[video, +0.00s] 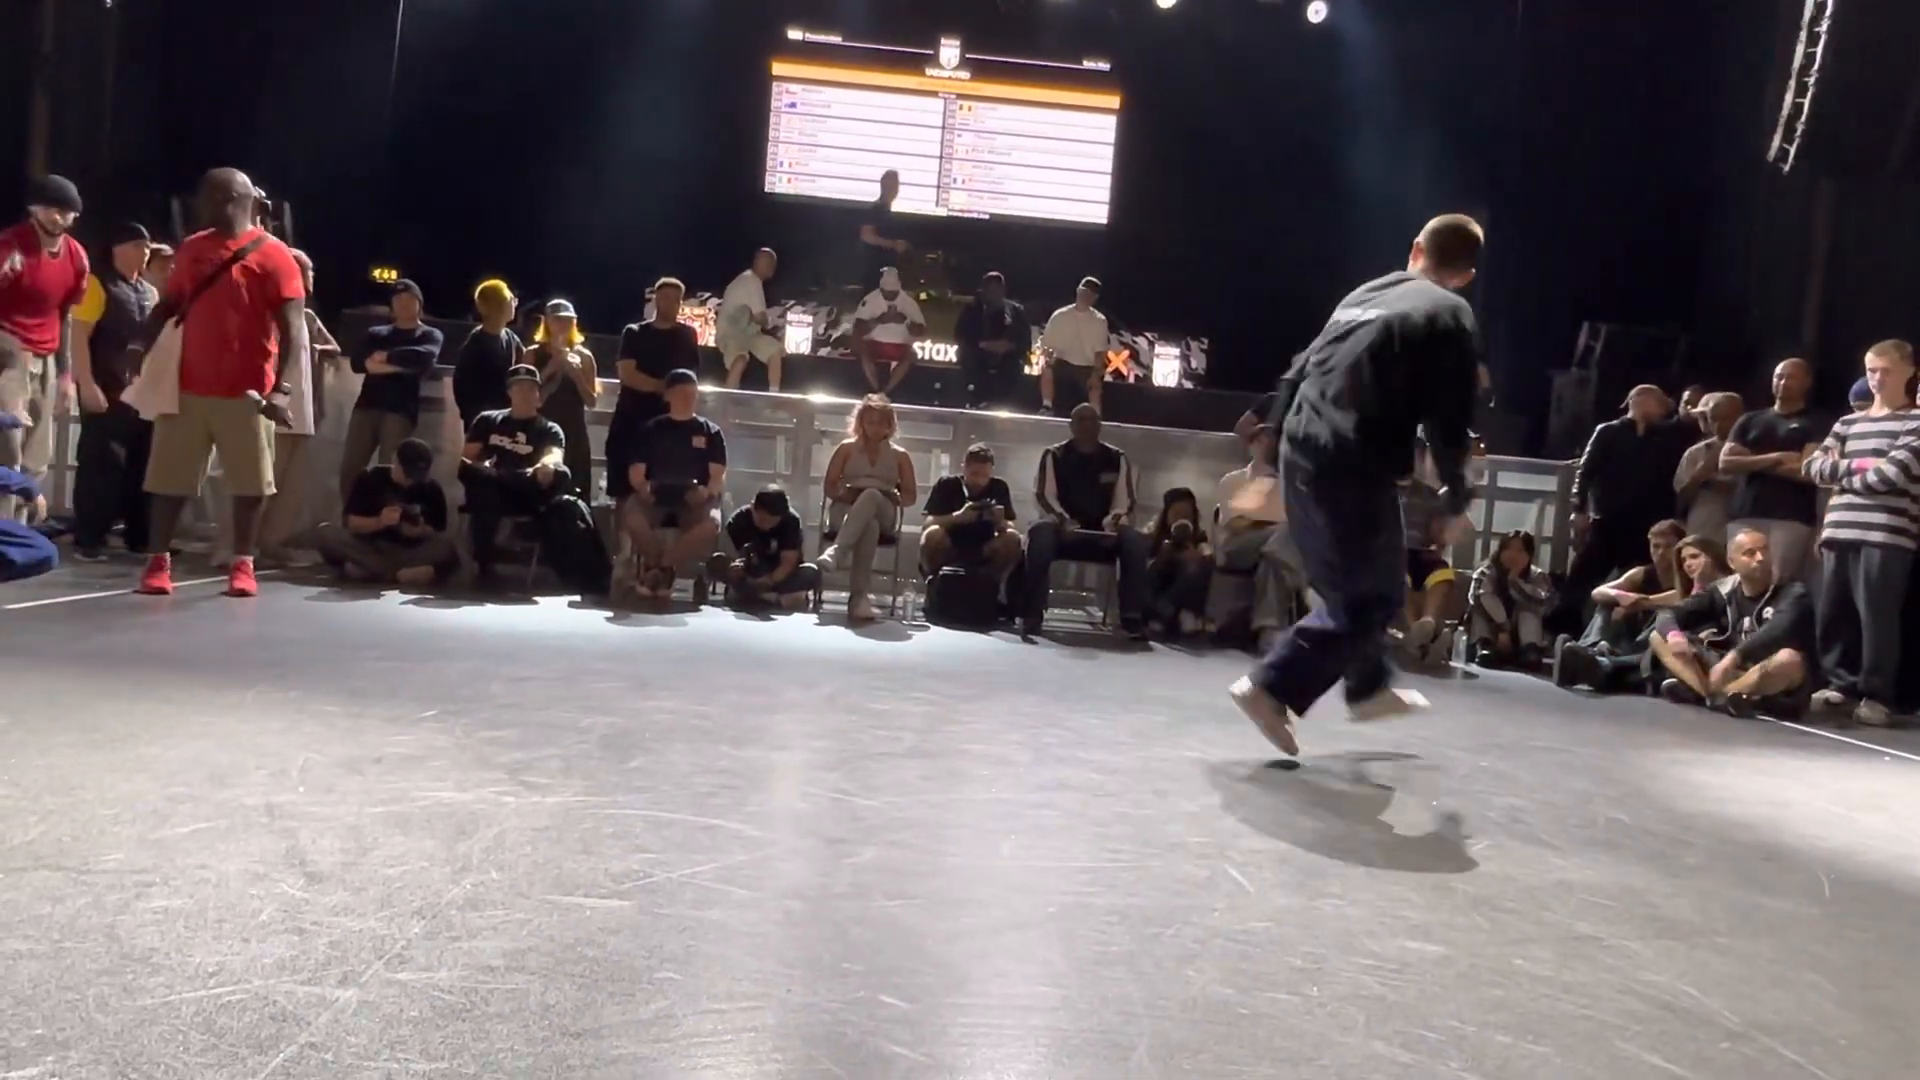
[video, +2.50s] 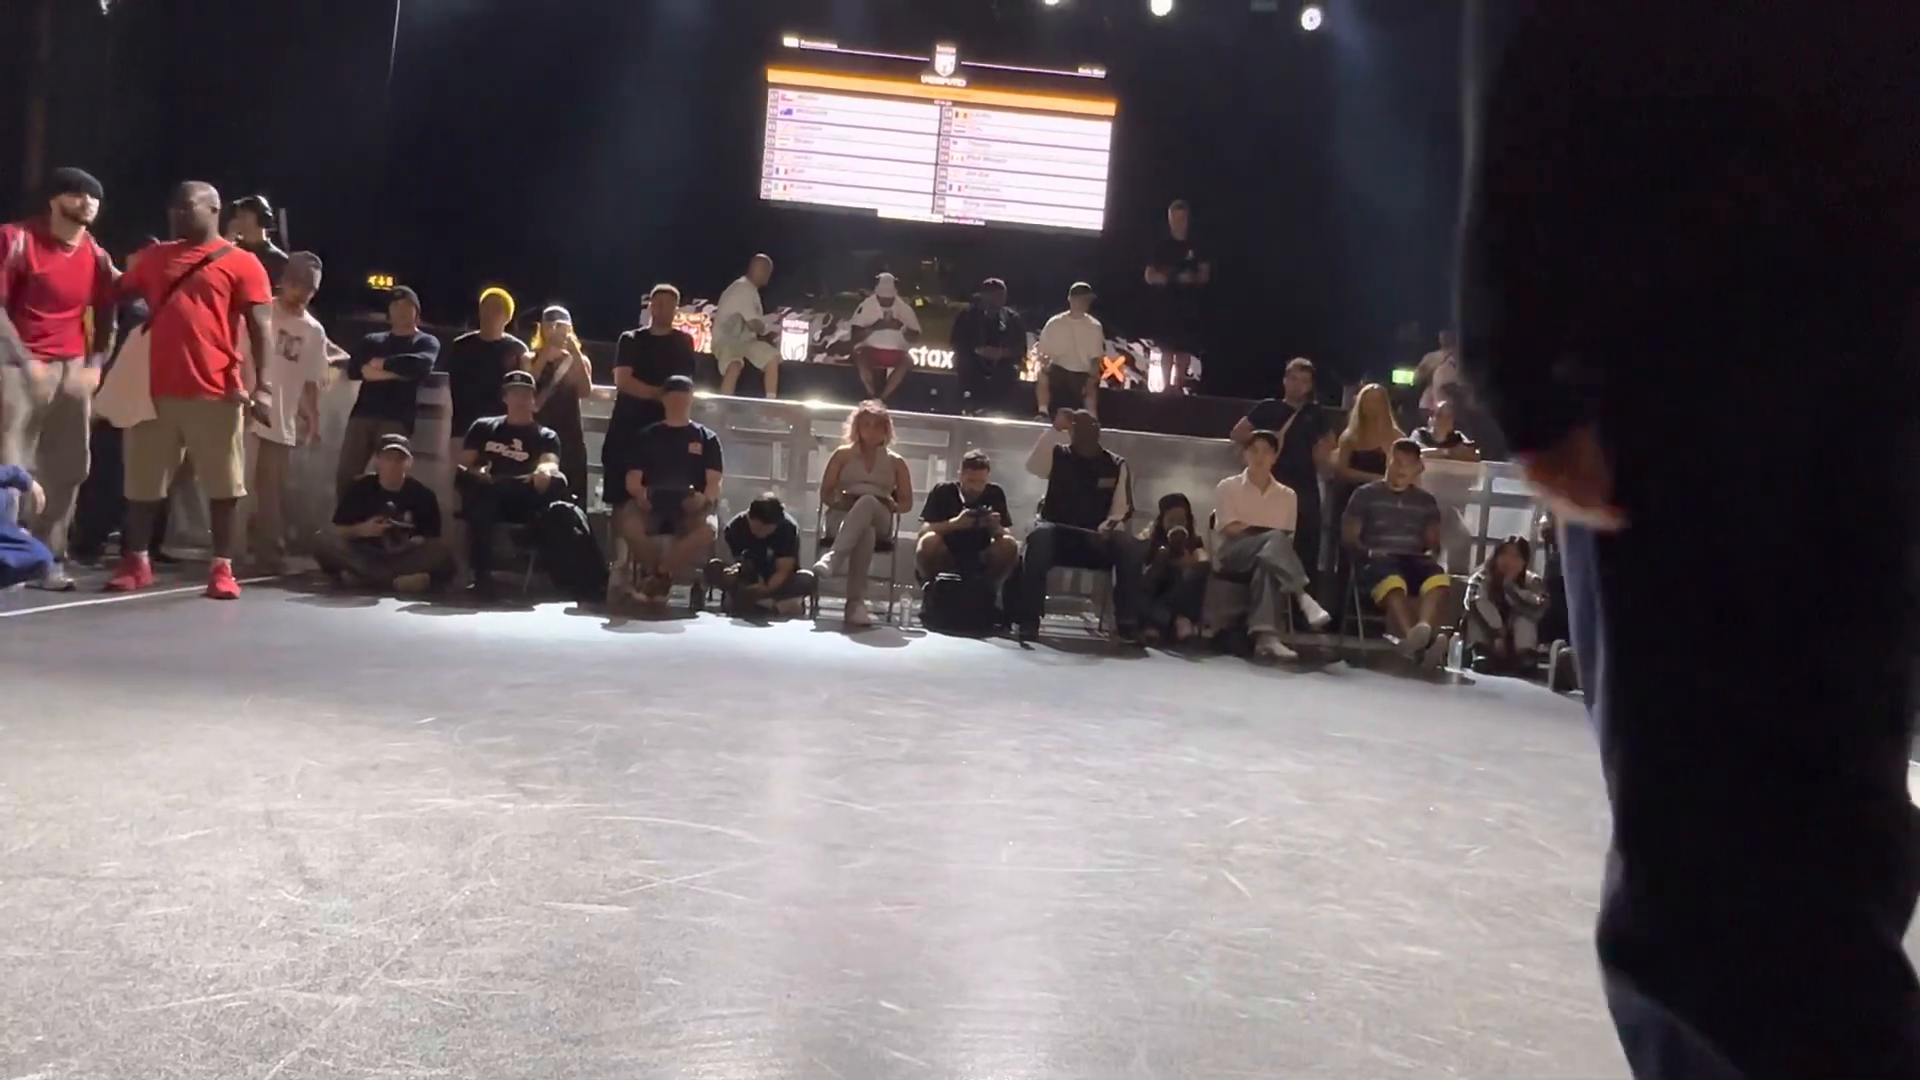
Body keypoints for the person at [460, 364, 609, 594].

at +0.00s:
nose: (527, 394)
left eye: (532, 389)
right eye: (522, 388)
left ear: (539, 395)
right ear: (509, 392)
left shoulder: (550, 429)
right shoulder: (487, 420)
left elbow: (553, 457)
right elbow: (467, 462)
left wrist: (546, 466)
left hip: (531, 488)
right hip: (494, 485)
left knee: (560, 475)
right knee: (481, 484)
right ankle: (484, 566)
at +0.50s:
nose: (525, 394)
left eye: (530, 389)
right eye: (519, 388)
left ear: (538, 395)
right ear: (508, 392)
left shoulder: (549, 430)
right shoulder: (487, 421)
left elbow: (553, 457)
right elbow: (465, 462)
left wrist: (545, 467)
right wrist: (482, 469)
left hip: (530, 488)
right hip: (493, 486)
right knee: (480, 484)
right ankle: (484, 565)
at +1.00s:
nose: (525, 394)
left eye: (529, 389)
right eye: (519, 389)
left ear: (537, 394)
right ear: (507, 392)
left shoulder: (547, 429)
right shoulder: (486, 421)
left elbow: (552, 454)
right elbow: (464, 460)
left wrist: (546, 464)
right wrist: (480, 468)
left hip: (530, 490)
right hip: (493, 487)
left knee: (568, 507)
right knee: (478, 483)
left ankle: (594, 582)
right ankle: (484, 567)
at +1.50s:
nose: (524, 394)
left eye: (529, 389)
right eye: (519, 388)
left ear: (537, 394)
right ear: (508, 391)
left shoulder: (548, 430)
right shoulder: (486, 421)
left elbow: (552, 456)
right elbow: (466, 460)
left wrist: (546, 465)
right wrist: (486, 471)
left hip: (529, 488)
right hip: (493, 486)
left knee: (557, 478)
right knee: (480, 487)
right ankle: (484, 566)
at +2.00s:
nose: (523, 394)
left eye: (528, 389)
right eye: (518, 388)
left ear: (537, 395)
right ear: (507, 391)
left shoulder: (548, 430)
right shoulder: (486, 421)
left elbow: (553, 458)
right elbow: (466, 461)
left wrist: (548, 467)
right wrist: (488, 471)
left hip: (530, 490)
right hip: (493, 487)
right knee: (482, 492)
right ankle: (485, 568)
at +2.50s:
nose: (520, 400)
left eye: (525, 395)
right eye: (515, 394)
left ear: (534, 400)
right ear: (504, 398)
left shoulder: (546, 436)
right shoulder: (483, 427)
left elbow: (548, 467)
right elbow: (462, 467)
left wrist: (545, 473)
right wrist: (478, 475)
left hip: (527, 494)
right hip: (491, 493)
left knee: (556, 484)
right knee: (477, 494)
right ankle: (481, 575)